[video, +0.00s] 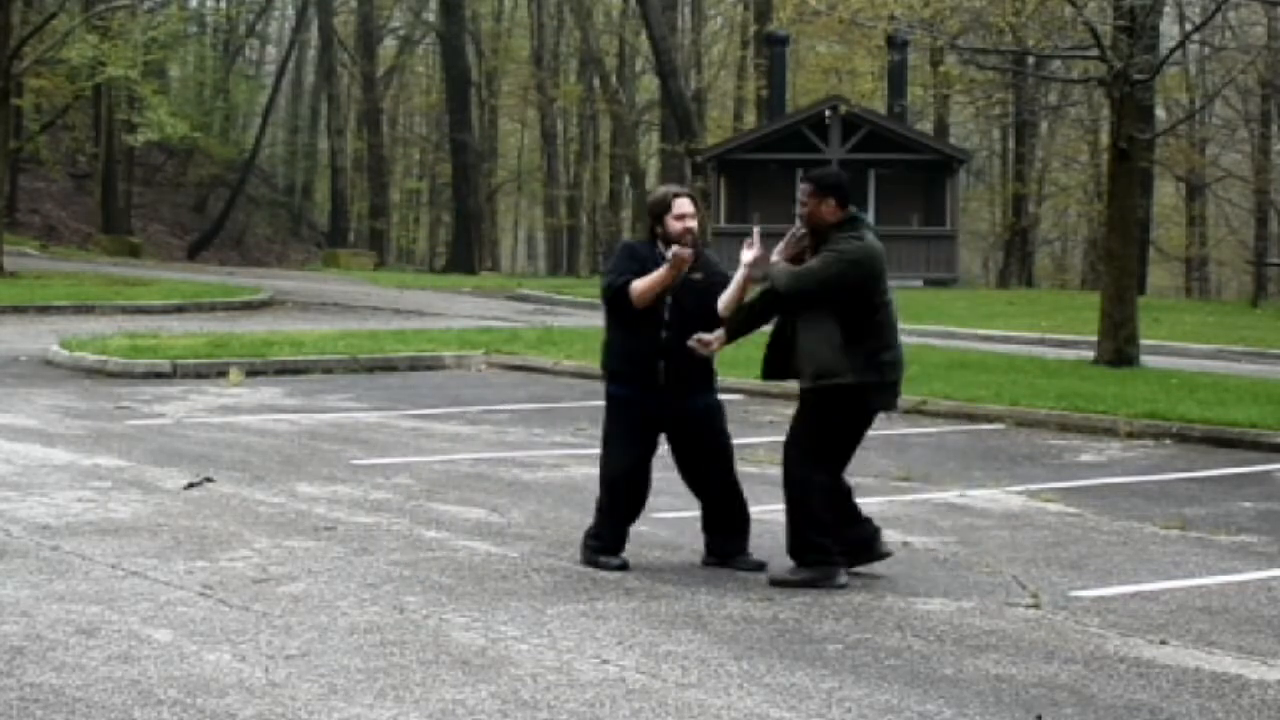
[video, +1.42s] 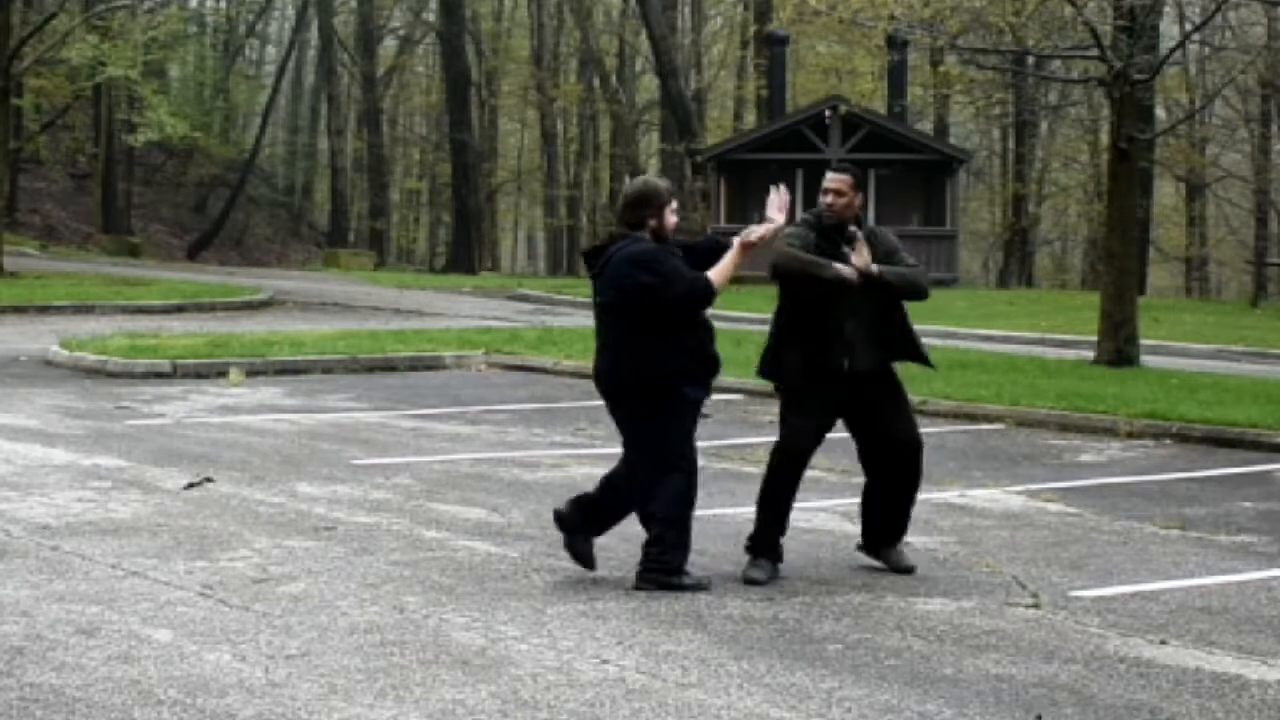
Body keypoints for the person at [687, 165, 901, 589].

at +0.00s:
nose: (800, 211)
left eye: (807, 203)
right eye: (800, 202)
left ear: (834, 206)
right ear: (827, 207)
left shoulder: (857, 250)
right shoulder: (816, 245)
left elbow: (795, 287)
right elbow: (772, 295)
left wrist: (775, 265)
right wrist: (724, 334)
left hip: (856, 379)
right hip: (830, 376)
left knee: (806, 459)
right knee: (811, 461)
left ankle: (820, 564)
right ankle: (859, 541)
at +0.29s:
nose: (807, 208)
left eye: (815, 201)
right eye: (807, 201)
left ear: (842, 203)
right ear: (818, 203)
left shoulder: (864, 244)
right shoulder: (811, 236)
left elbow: (814, 273)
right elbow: (778, 270)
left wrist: (750, 273)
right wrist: (759, 287)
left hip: (858, 379)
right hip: (821, 375)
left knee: (817, 469)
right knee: (799, 466)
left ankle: (820, 562)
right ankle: (846, 542)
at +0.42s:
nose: (813, 204)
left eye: (820, 197)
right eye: (812, 196)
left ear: (848, 199)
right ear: (828, 199)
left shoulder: (873, 241)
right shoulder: (819, 234)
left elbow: (845, 286)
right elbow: (792, 275)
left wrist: (792, 303)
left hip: (867, 368)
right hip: (830, 366)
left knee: (836, 460)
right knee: (821, 456)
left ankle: (828, 558)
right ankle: (853, 546)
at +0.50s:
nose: (820, 202)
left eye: (828, 196)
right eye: (819, 195)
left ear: (855, 198)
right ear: (825, 197)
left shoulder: (881, 243)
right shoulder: (822, 227)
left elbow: (867, 303)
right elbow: (777, 244)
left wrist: (809, 316)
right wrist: (756, 221)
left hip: (876, 371)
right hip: (835, 365)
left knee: (842, 460)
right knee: (820, 460)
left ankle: (856, 557)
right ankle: (839, 554)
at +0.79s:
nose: (860, 199)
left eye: (868, 194)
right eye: (859, 191)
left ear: (894, 197)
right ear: (861, 192)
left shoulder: (913, 245)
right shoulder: (851, 219)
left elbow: (892, 298)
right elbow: (817, 230)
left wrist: (829, 295)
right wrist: (790, 222)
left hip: (898, 369)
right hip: (848, 361)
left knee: (902, 462)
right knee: (837, 459)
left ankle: (911, 540)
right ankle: (850, 549)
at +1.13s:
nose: (865, 201)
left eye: (875, 195)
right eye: (863, 193)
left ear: (899, 202)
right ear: (859, 195)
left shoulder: (921, 248)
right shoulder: (839, 232)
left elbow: (922, 304)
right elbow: (770, 239)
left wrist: (861, 315)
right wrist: (784, 260)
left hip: (902, 381)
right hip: (843, 377)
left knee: (904, 464)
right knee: (820, 459)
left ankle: (903, 544)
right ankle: (793, 546)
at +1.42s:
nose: (828, 200)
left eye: (838, 194)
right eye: (824, 192)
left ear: (858, 200)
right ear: (818, 196)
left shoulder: (876, 239)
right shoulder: (803, 233)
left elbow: (919, 283)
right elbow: (779, 258)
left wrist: (875, 270)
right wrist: (841, 271)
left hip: (868, 373)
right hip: (810, 373)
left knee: (902, 449)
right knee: (790, 454)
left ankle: (882, 541)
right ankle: (763, 554)